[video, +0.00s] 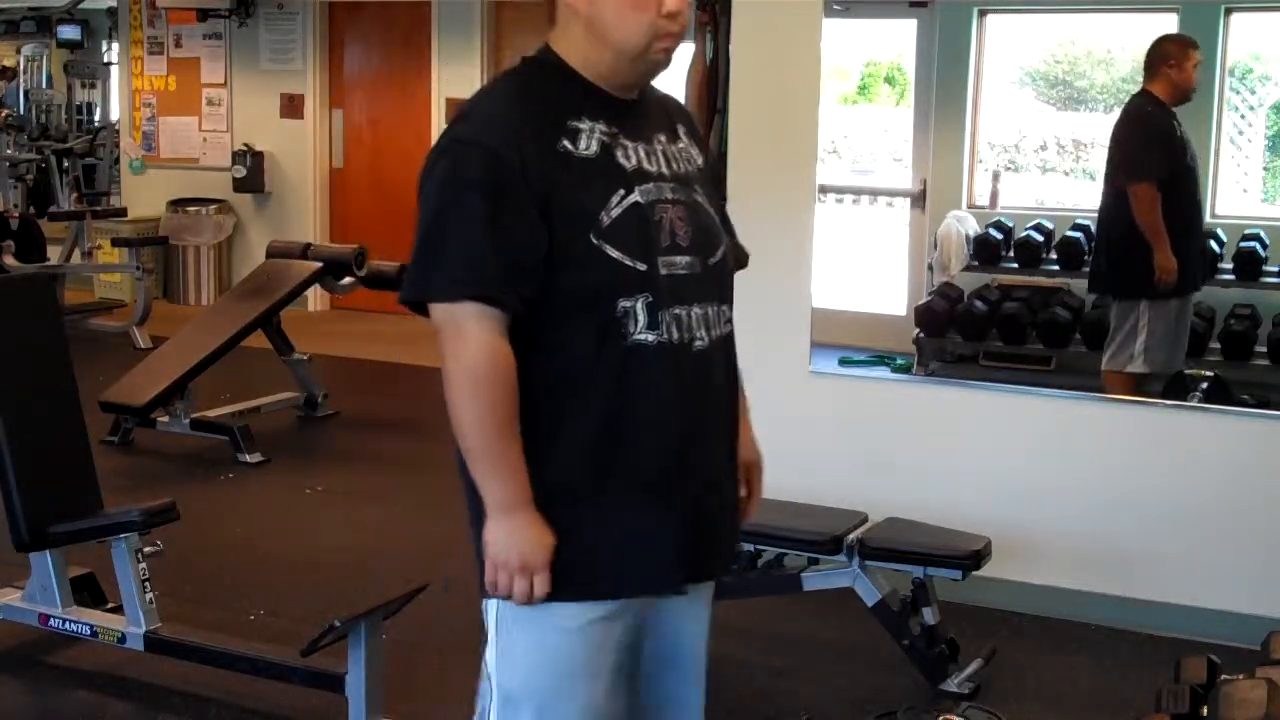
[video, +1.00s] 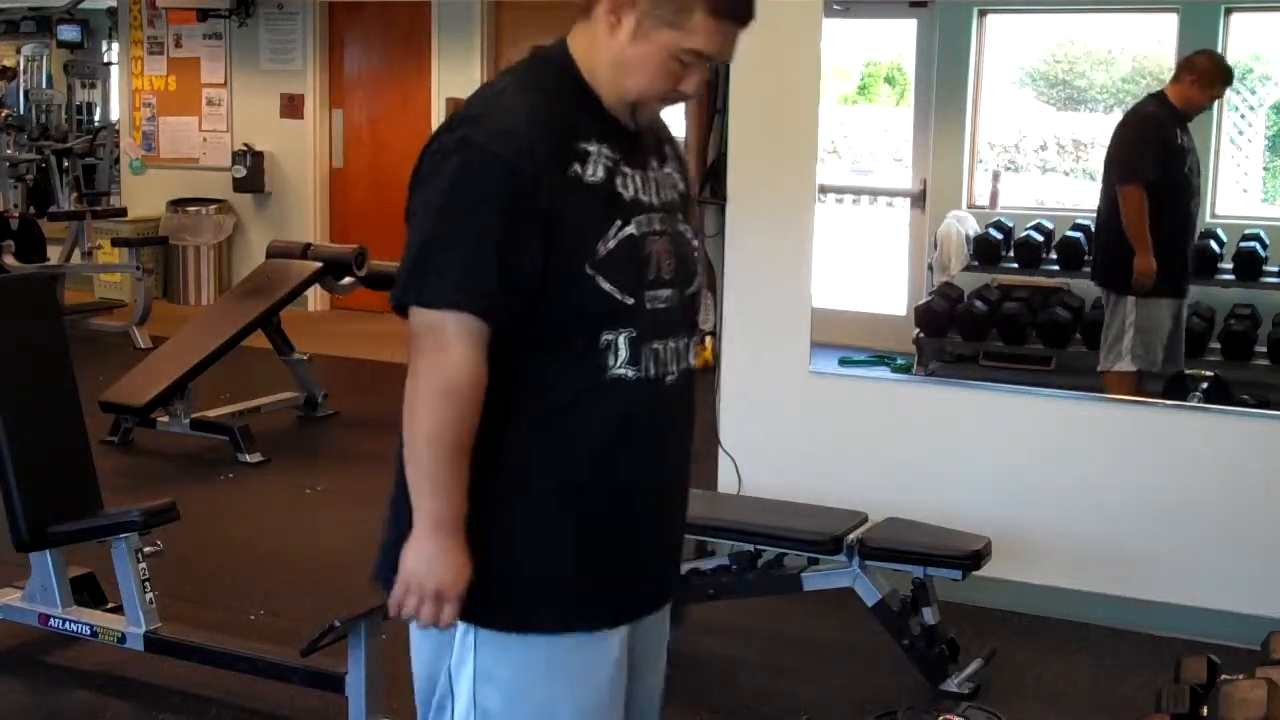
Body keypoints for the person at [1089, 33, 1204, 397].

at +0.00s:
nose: (1197, 78)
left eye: (1197, 69)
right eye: (1194, 68)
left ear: (1168, 69)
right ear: (1171, 68)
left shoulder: (1157, 115)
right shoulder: (1145, 115)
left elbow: (1150, 188)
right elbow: (1141, 188)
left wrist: (1174, 249)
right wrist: (1162, 250)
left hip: (1160, 262)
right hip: (1143, 262)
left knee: (1143, 365)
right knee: (1127, 364)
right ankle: (1117, 446)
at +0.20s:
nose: (1198, 80)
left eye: (1199, 72)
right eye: (1195, 70)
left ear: (1169, 69)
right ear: (1171, 68)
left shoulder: (1157, 114)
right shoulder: (1145, 115)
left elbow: (1151, 188)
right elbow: (1141, 189)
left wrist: (1175, 249)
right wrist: (1166, 250)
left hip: (1154, 264)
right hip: (1141, 264)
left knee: (1137, 367)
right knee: (1124, 367)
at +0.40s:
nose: (1203, 84)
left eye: (1204, 75)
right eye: (1200, 74)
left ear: (1175, 71)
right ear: (1174, 69)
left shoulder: (1166, 116)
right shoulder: (1146, 114)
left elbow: (1163, 188)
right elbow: (1136, 188)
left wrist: (1181, 250)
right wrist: (1158, 252)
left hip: (1161, 267)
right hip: (1139, 267)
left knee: (1146, 368)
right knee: (1126, 369)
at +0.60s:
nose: (1206, 92)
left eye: (1208, 83)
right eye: (1205, 81)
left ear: (1180, 74)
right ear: (1179, 72)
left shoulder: (1174, 121)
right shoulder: (1146, 117)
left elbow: (1176, 191)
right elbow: (1133, 186)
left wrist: (1187, 251)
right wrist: (1150, 249)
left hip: (1169, 269)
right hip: (1139, 269)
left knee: (1163, 373)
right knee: (1131, 372)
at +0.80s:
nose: (1209, 100)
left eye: (1213, 94)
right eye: (1209, 91)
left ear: (1187, 80)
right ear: (1187, 77)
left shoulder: (1177, 124)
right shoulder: (1145, 119)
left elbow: (1177, 193)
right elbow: (1130, 188)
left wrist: (1186, 250)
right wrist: (1147, 249)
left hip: (1168, 265)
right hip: (1140, 266)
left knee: (1156, 367)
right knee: (1134, 367)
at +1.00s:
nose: (1211, 104)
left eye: (1215, 98)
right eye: (1212, 95)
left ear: (1191, 81)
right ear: (1191, 80)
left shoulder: (1177, 126)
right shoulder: (1146, 120)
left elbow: (1172, 195)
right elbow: (1129, 188)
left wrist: (1176, 256)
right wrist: (1143, 253)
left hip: (1166, 270)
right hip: (1138, 270)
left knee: (1154, 374)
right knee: (1123, 371)